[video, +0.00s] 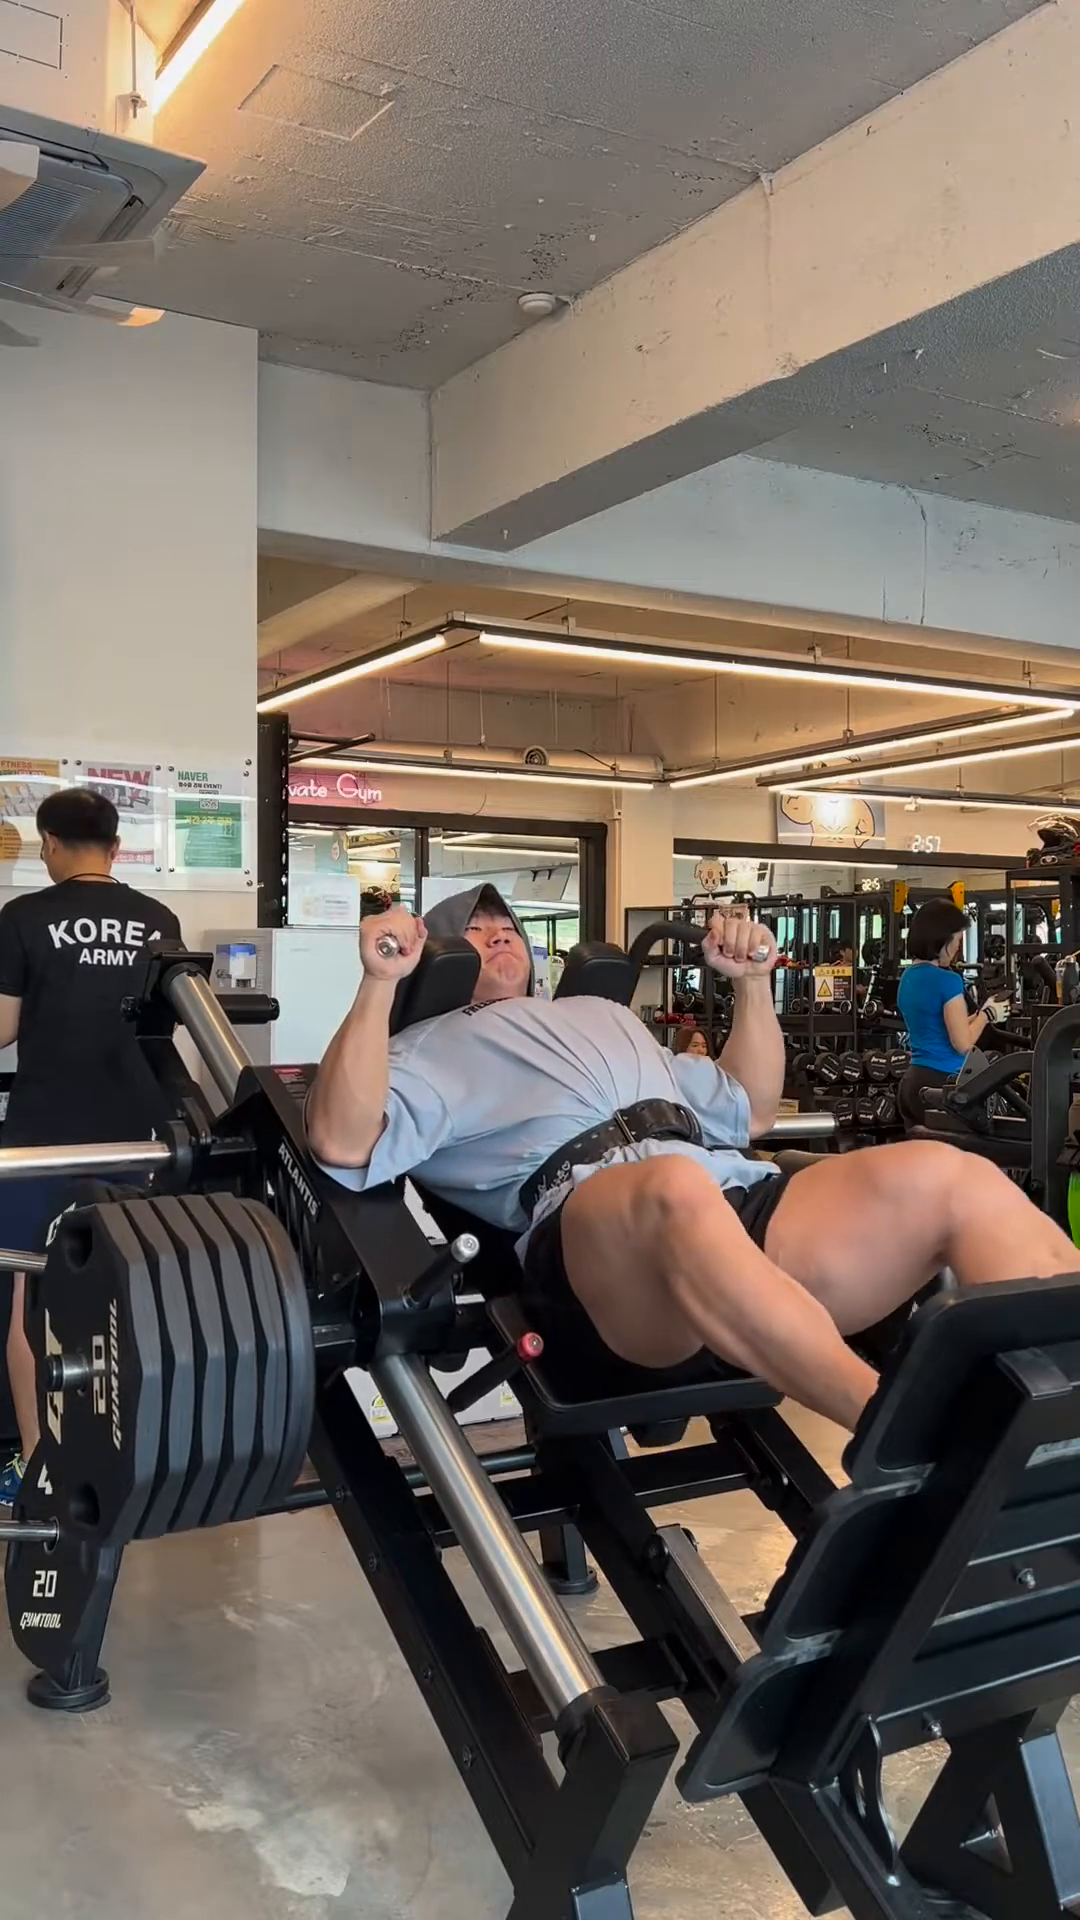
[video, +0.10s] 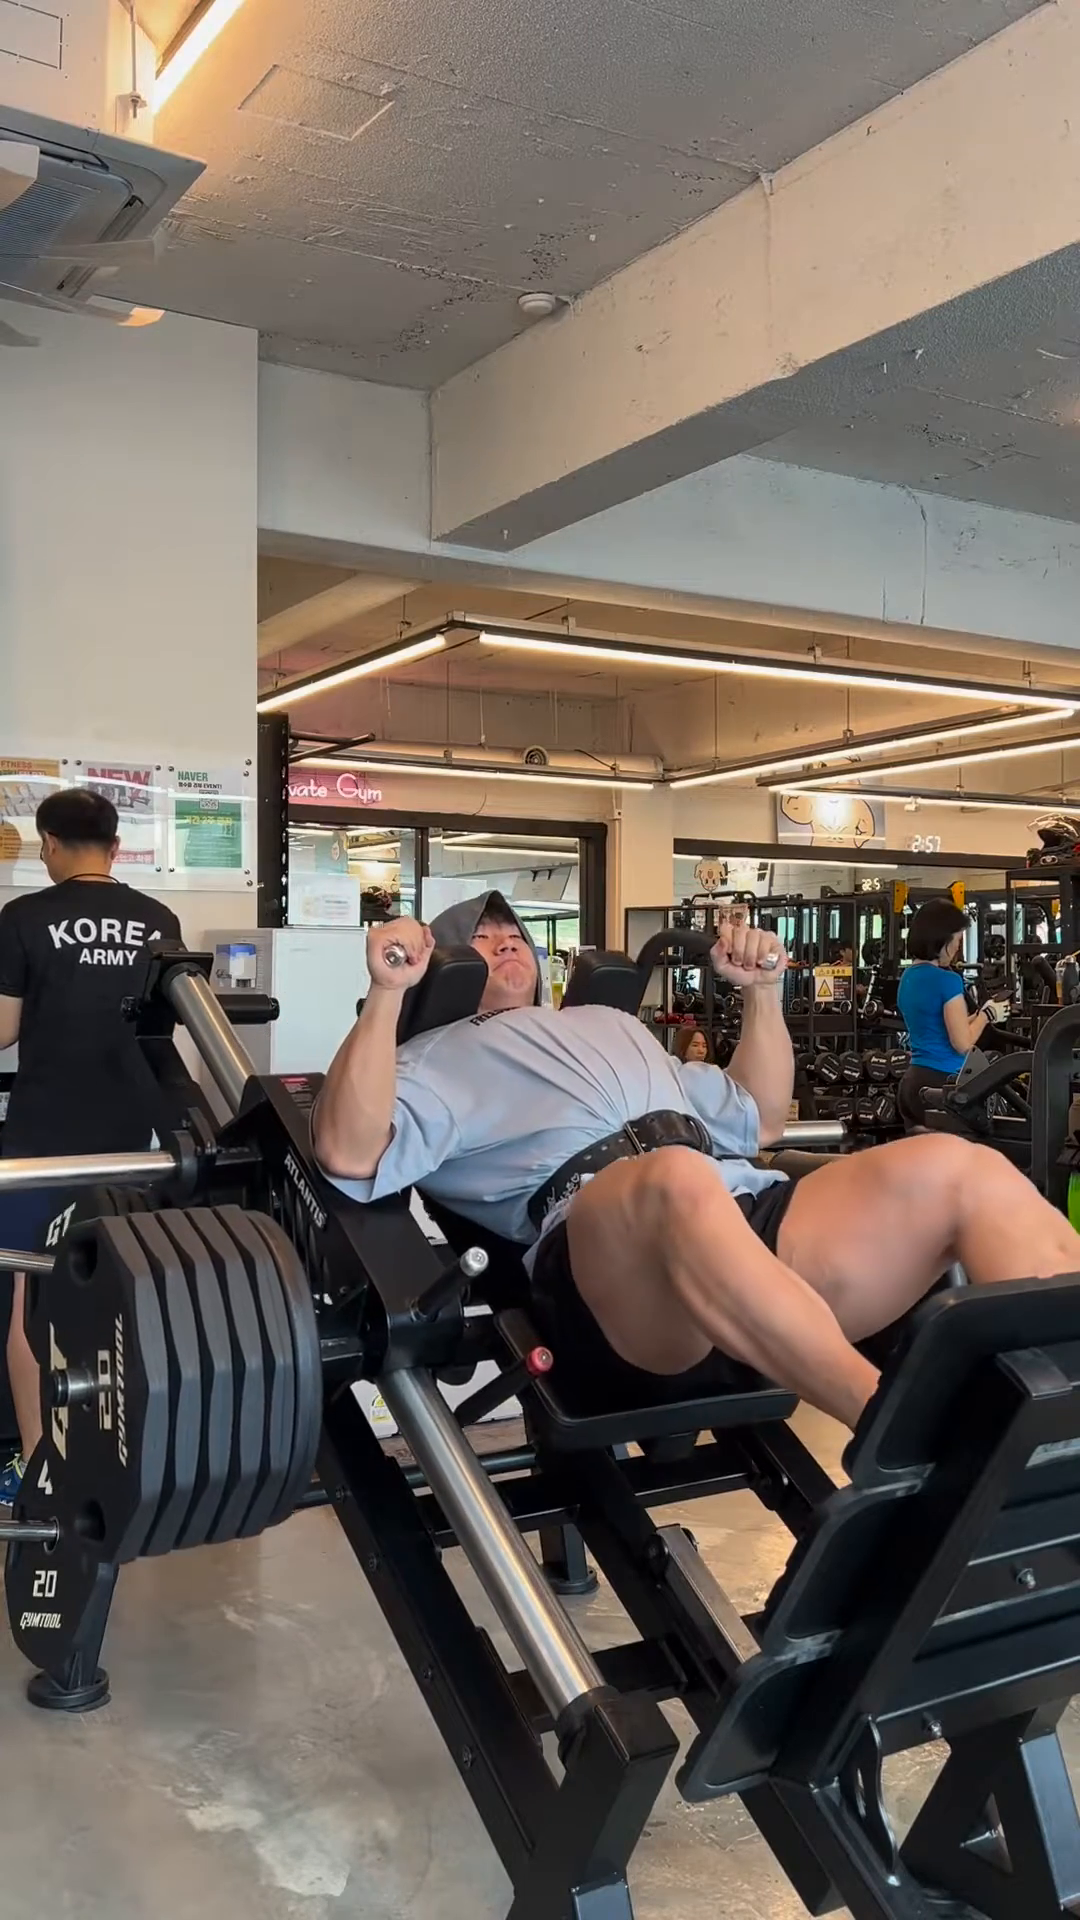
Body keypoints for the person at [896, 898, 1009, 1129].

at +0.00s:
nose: (959, 946)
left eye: (960, 939)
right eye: (958, 939)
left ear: (924, 936)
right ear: (944, 940)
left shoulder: (907, 978)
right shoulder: (948, 981)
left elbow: (929, 1034)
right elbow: (963, 1043)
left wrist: (973, 1013)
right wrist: (987, 1014)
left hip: (914, 1078)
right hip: (946, 1084)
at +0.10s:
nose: (959, 946)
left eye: (960, 940)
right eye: (958, 939)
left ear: (924, 936)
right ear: (944, 940)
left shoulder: (907, 978)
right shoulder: (947, 980)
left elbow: (929, 1034)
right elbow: (963, 1043)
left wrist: (974, 1013)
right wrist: (987, 1014)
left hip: (914, 1078)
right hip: (946, 1084)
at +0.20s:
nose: (959, 946)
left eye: (960, 939)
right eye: (958, 939)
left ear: (924, 936)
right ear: (944, 939)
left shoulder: (907, 978)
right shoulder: (947, 980)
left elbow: (930, 1034)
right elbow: (963, 1043)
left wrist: (974, 1015)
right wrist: (986, 1015)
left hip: (913, 1079)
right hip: (945, 1084)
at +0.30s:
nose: (959, 946)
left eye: (960, 939)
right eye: (958, 939)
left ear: (924, 936)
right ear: (944, 940)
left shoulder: (908, 978)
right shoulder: (947, 981)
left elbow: (931, 1034)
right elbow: (962, 1043)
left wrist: (975, 1015)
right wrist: (987, 1015)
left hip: (913, 1079)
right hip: (945, 1084)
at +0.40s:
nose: (959, 947)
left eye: (960, 940)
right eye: (957, 939)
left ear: (924, 936)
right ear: (944, 940)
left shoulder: (908, 978)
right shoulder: (946, 981)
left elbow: (931, 1035)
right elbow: (962, 1044)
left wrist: (976, 1015)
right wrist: (987, 1015)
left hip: (914, 1079)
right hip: (945, 1084)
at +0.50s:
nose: (959, 947)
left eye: (960, 940)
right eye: (957, 940)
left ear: (923, 936)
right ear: (943, 940)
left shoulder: (907, 978)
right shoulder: (947, 981)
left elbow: (932, 1034)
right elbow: (961, 1044)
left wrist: (977, 1014)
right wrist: (987, 1015)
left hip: (913, 1079)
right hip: (946, 1084)